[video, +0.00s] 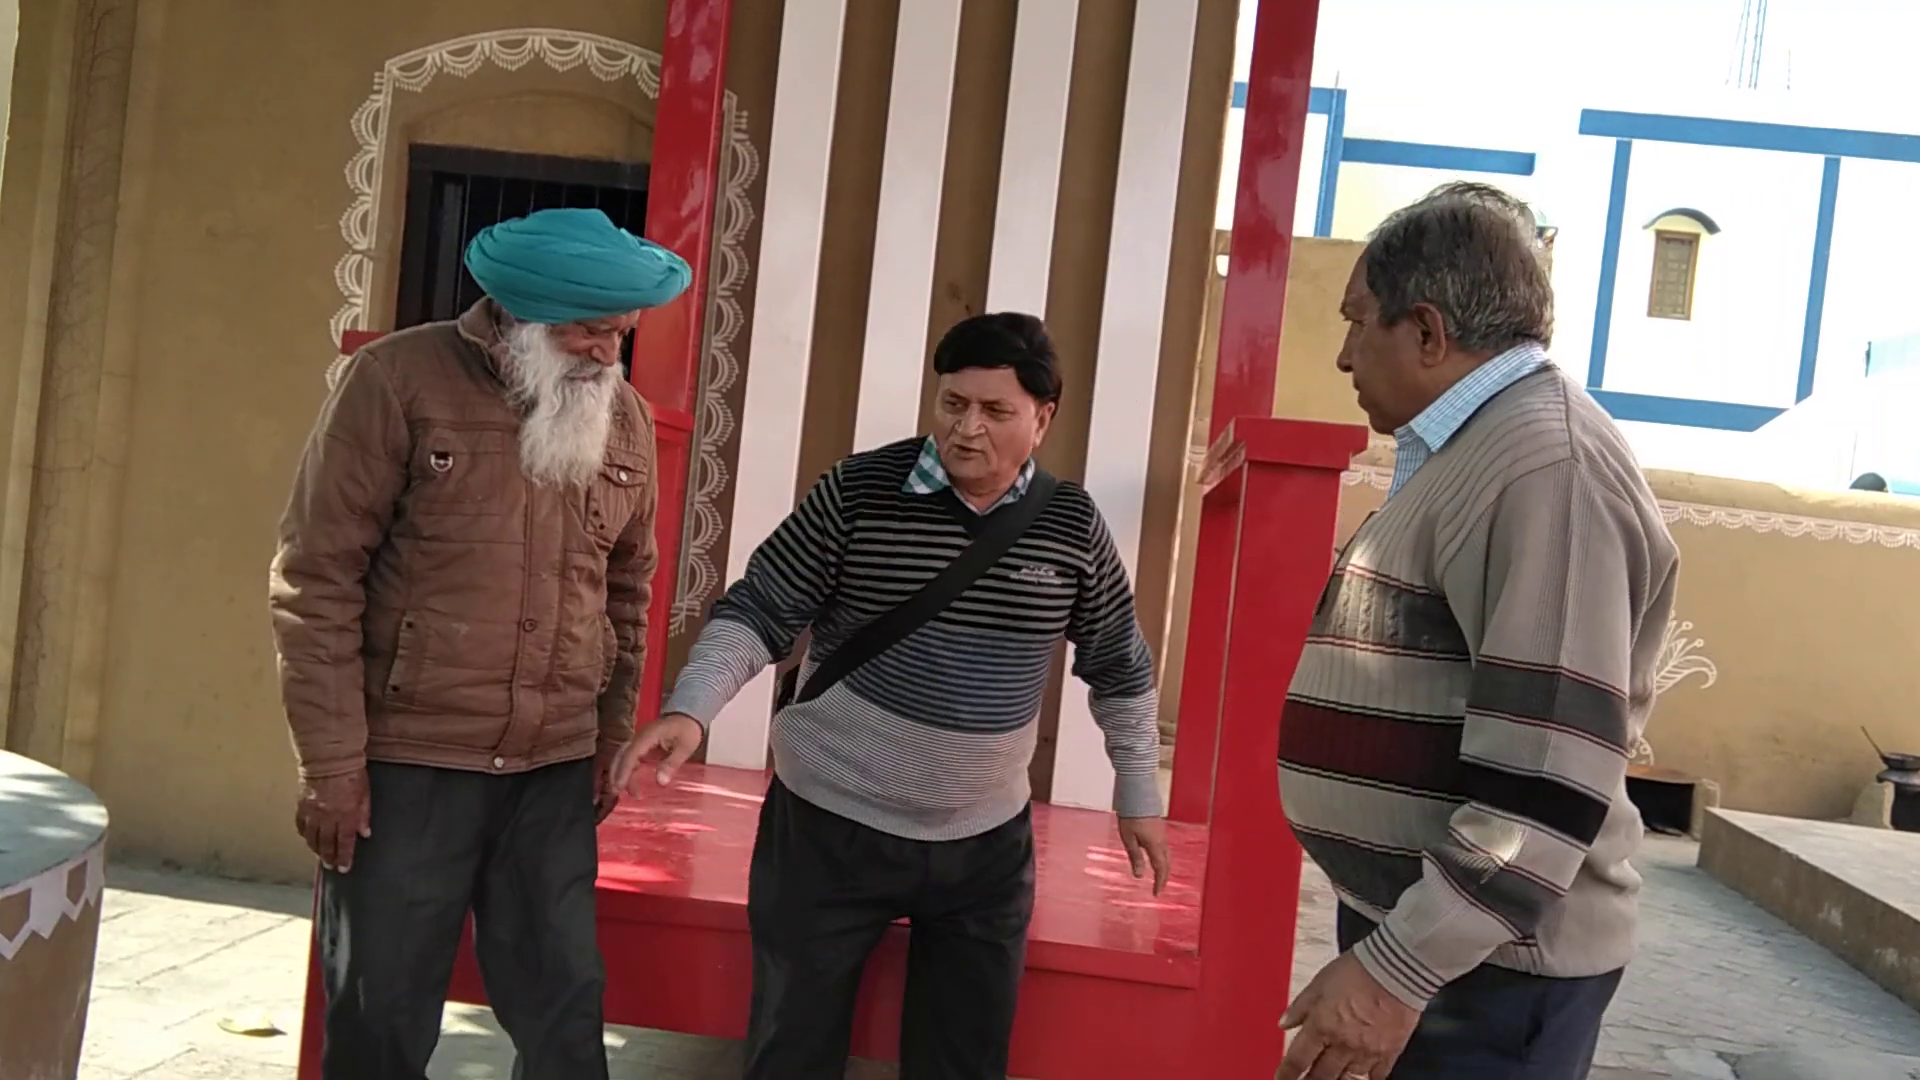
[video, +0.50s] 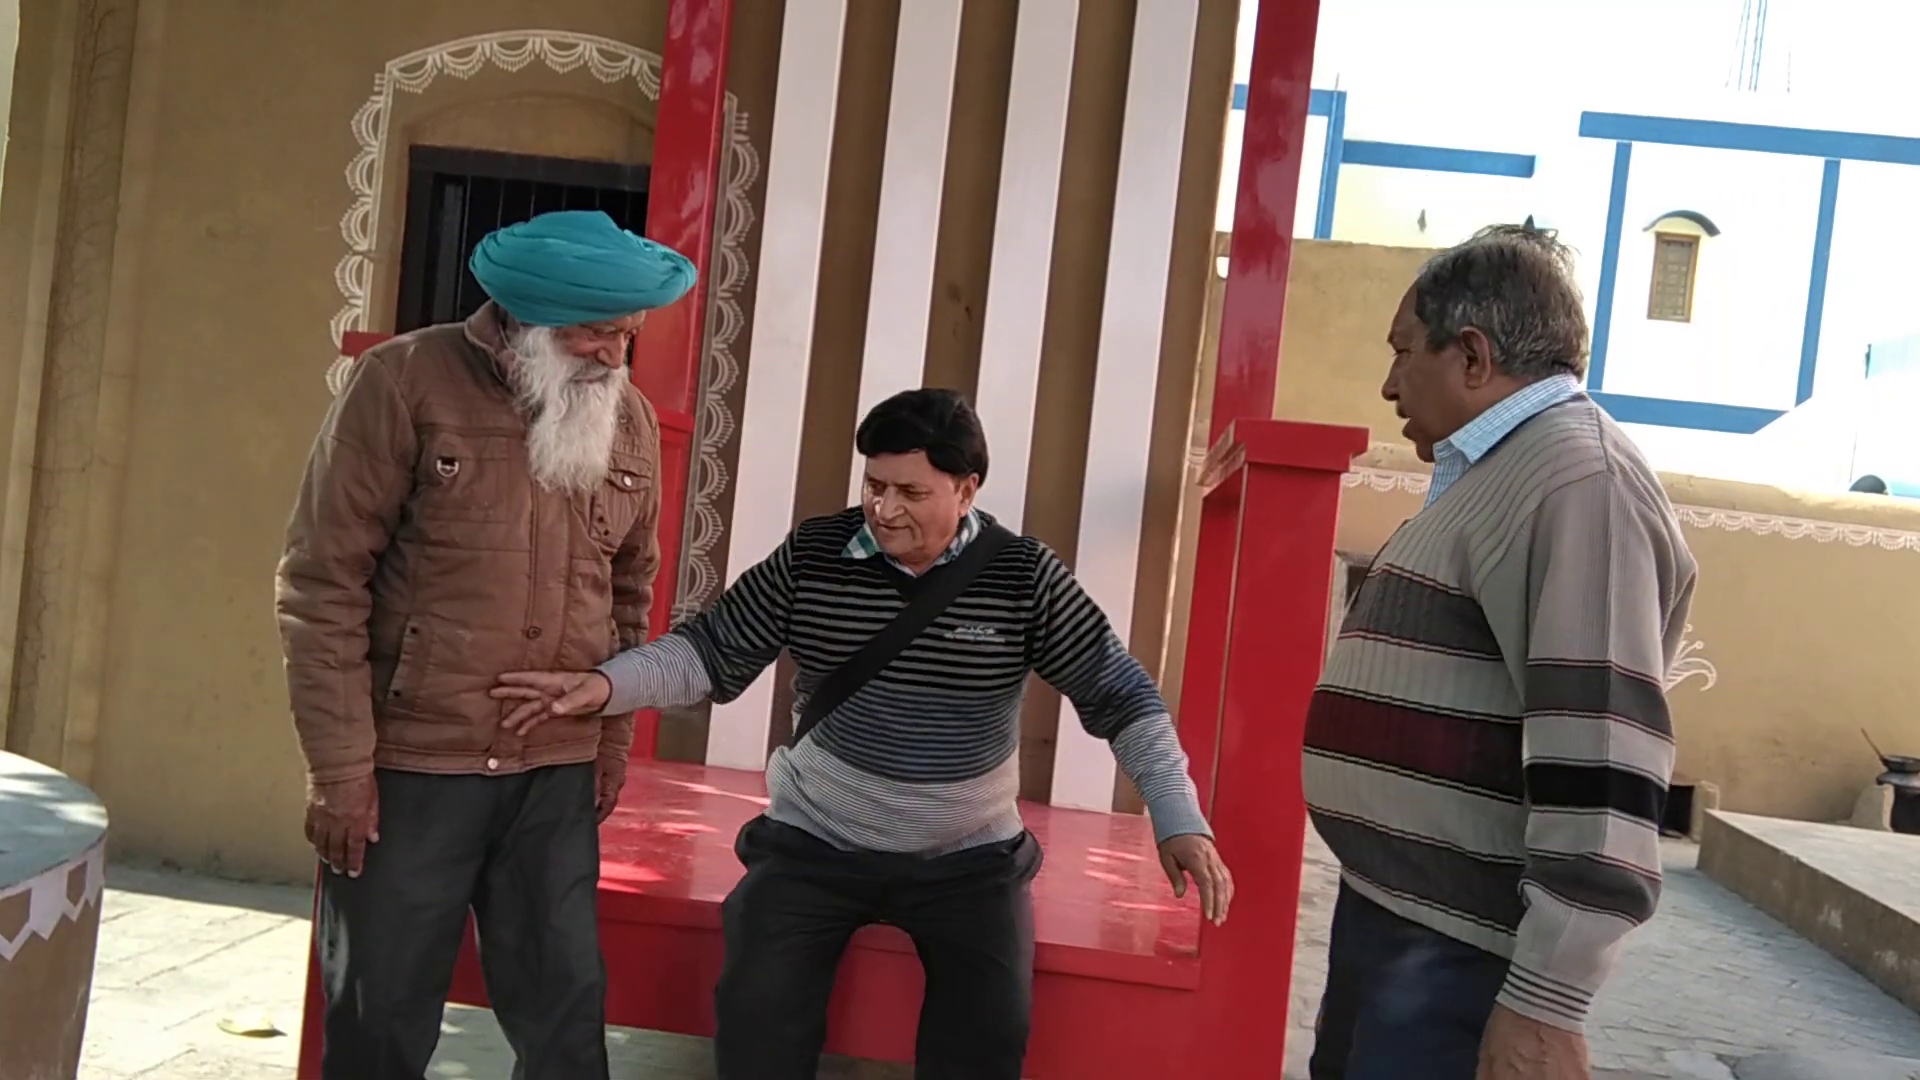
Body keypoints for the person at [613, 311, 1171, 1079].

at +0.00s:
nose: (969, 427)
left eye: (995, 409)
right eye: (954, 404)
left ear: (1043, 418)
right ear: (932, 401)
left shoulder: (1070, 525)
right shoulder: (859, 490)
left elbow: (1118, 664)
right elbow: (763, 605)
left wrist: (1138, 794)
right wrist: (689, 707)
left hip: (982, 841)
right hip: (827, 826)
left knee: (964, 1065)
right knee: (792, 1058)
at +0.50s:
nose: (884, 506)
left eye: (908, 491)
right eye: (874, 484)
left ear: (966, 489)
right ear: (859, 474)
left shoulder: (1022, 576)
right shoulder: (814, 554)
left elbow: (1124, 698)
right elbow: (709, 651)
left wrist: (1181, 819)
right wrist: (605, 683)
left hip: (968, 851)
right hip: (812, 836)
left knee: (988, 1024)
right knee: (756, 1009)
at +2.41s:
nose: (884, 514)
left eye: (907, 500)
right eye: (877, 496)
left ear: (962, 514)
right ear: (867, 501)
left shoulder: (1015, 608)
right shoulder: (817, 587)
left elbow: (1089, 704)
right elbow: (722, 650)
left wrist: (1124, 785)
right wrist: (635, 680)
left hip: (959, 853)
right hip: (813, 843)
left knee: (992, 1012)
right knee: (752, 1004)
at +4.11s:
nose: (933, 511)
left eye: (952, 496)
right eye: (915, 494)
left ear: (978, 508)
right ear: (885, 500)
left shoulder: (1020, 607)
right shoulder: (819, 583)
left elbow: (1088, 683)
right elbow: (720, 645)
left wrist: (1132, 688)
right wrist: (682, 605)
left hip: (964, 850)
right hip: (818, 838)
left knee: (1002, 1009)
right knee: (744, 997)